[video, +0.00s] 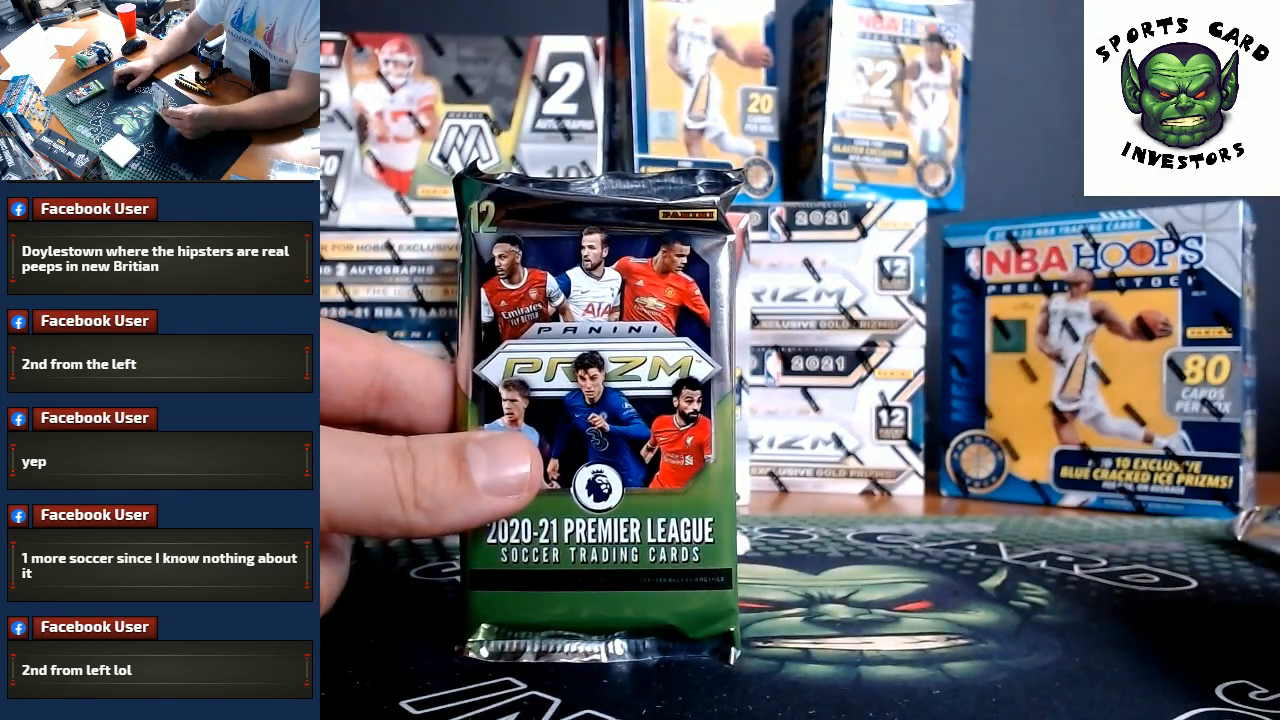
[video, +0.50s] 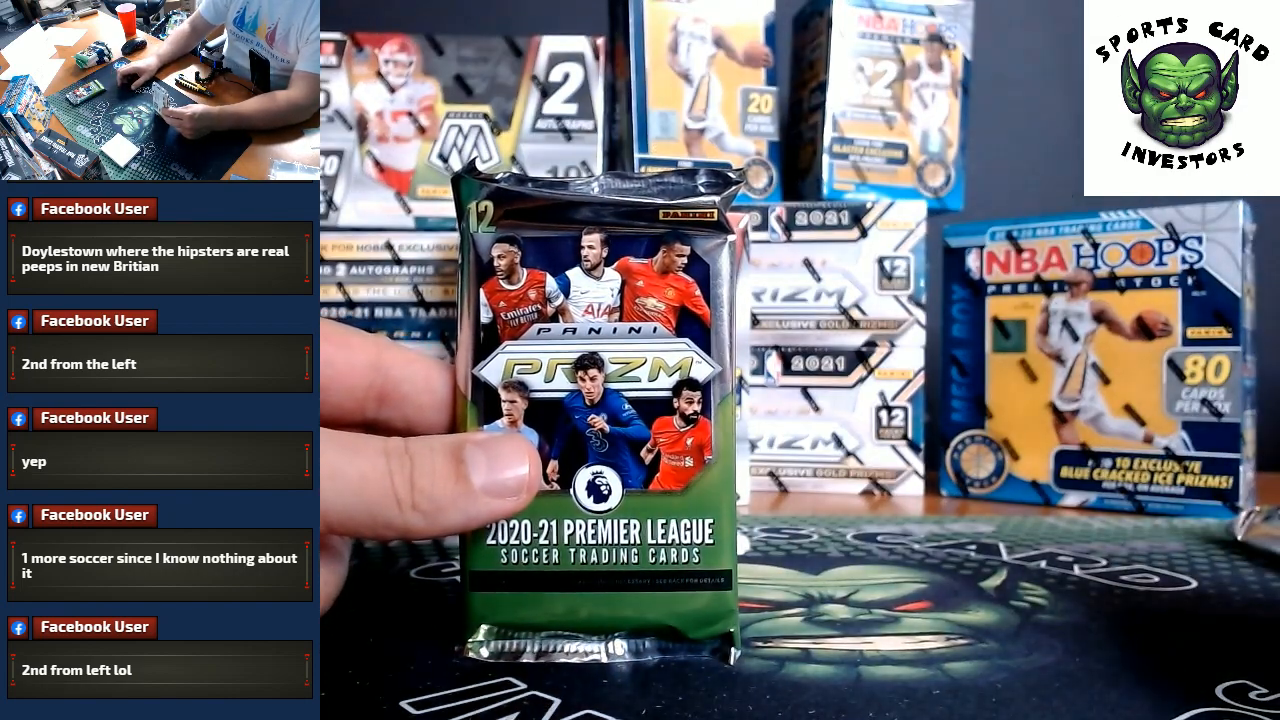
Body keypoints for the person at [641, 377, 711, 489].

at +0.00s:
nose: (695, 407)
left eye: (699, 401)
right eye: (689, 401)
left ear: (701, 401)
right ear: (675, 402)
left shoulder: (706, 427)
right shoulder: (660, 424)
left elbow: (711, 466)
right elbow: (650, 448)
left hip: (689, 494)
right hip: (659, 489)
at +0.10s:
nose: (696, 407)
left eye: (699, 401)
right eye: (689, 401)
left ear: (702, 401)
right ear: (676, 402)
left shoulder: (706, 428)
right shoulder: (660, 423)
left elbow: (712, 466)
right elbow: (650, 448)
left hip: (689, 494)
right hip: (659, 489)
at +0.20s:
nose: (696, 407)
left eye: (699, 401)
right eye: (689, 402)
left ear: (702, 401)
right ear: (676, 402)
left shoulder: (707, 428)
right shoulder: (660, 424)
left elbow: (712, 467)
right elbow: (650, 448)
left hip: (689, 494)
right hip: (659, 489)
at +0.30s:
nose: (696, 408)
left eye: (699, 402)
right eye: (690, 402)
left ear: (702, 402)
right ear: (676, 402)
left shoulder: (707, 429)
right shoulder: (660, 424)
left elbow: (712, 467)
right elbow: (650, 449)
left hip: (690, 493)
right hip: (660, 489)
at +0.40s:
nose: (696, 408)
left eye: (699, 402)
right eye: (689, 402)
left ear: (701, 402)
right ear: (675, 403)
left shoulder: (706, 429)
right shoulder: (660, 425)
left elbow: (711, 466)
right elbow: (650, 449)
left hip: (689, 494)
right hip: (659, 490)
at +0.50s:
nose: (696, 408)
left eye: (699, 402)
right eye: (689, 402)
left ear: (702, 402)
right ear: (676, 403)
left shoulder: (706, 429)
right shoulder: (660, 425)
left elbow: (712, 466)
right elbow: (650, 448)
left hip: (689, 494)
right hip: (659, 490)